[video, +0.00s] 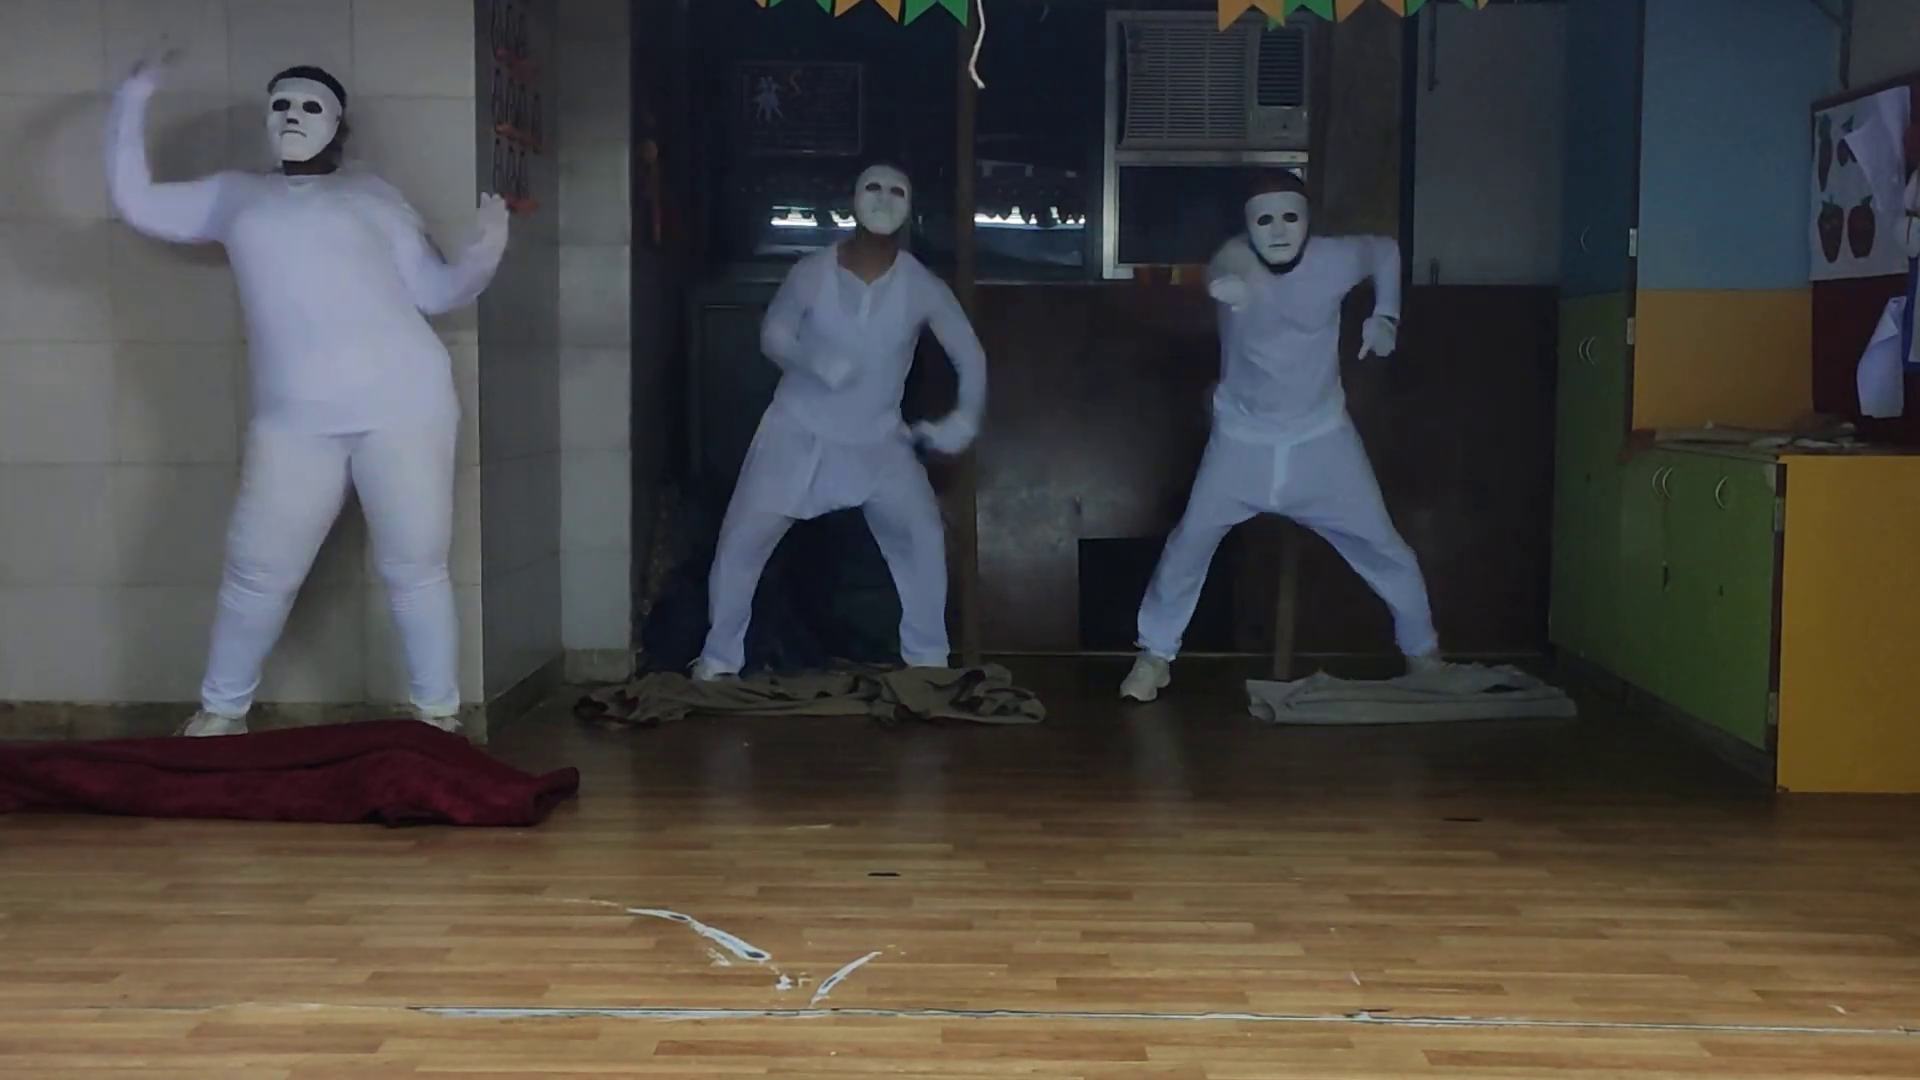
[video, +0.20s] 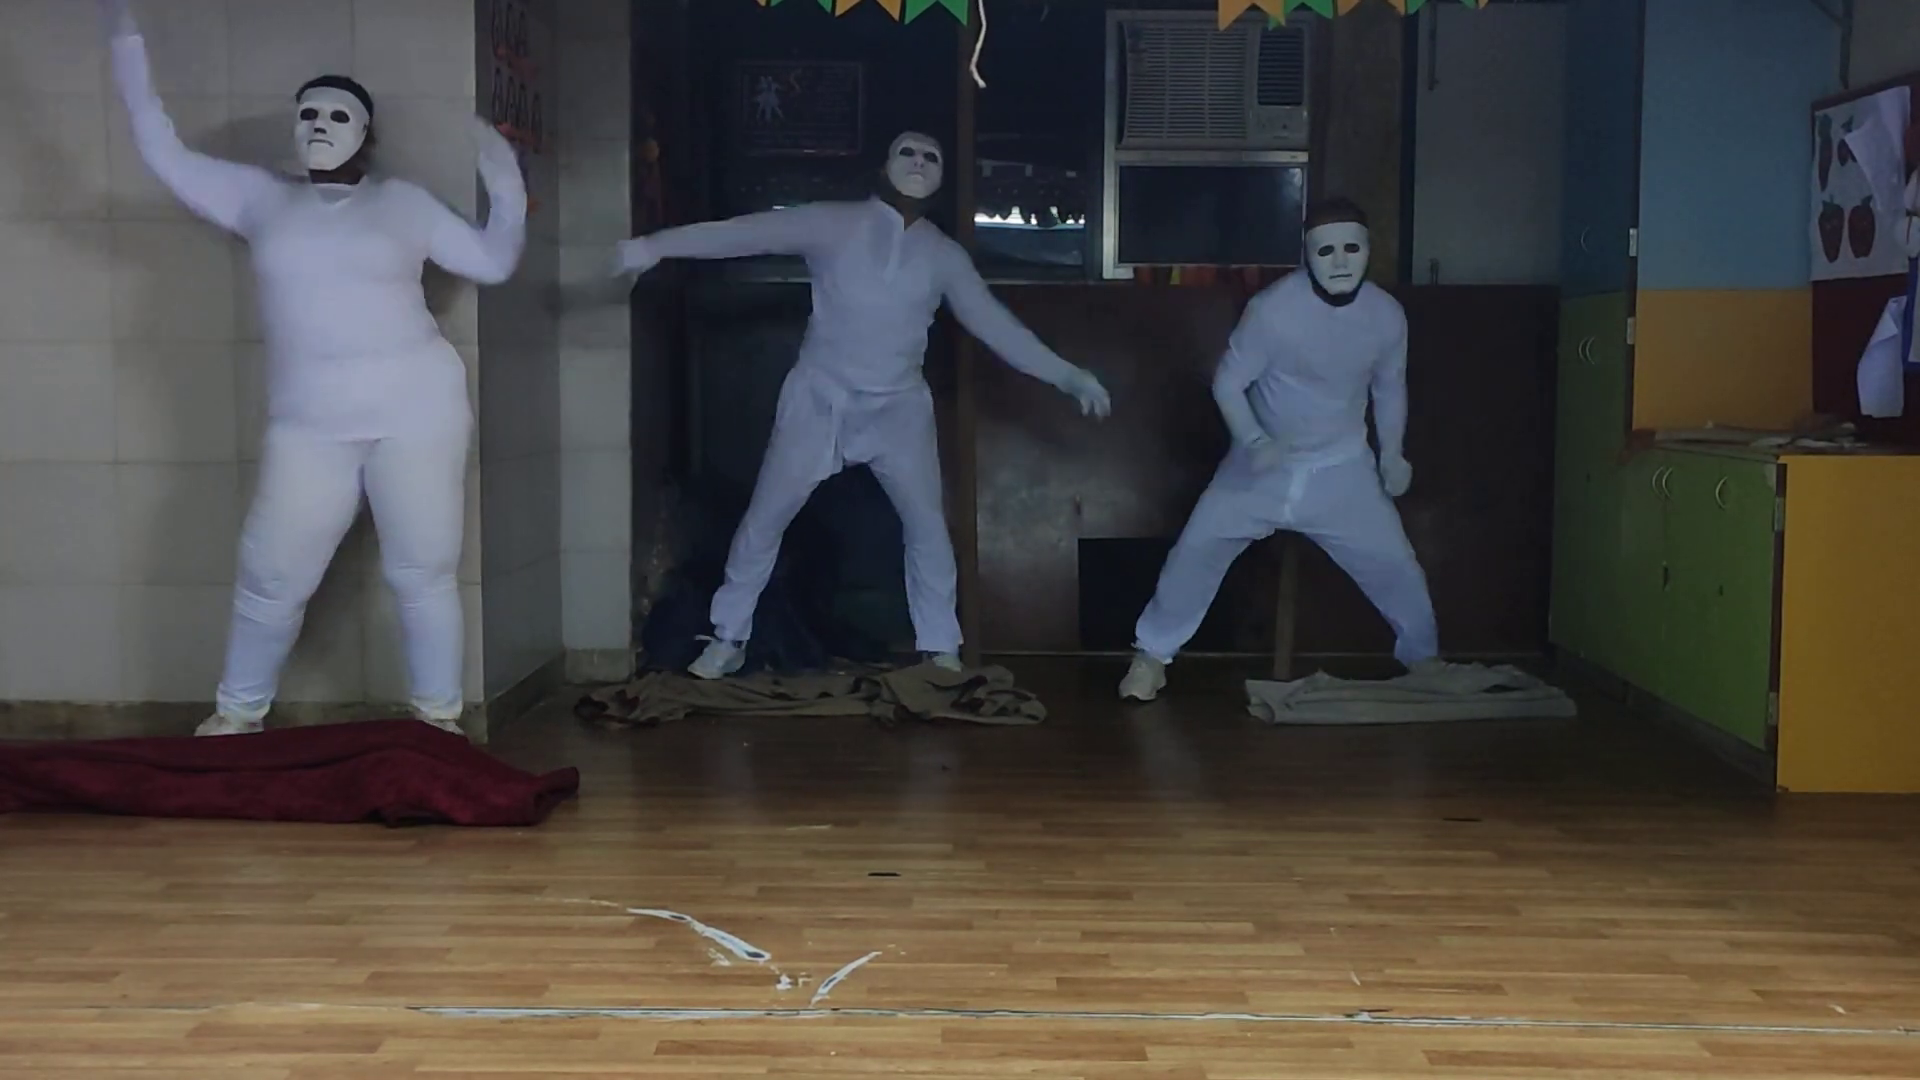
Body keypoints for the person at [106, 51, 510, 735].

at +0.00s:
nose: (292, 118)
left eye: (310, 108)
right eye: (281, 106)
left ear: (338, 123)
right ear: (266, 117)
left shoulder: (376, 199)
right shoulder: (238, 197)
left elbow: (435, 292)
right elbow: (139, 203)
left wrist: (485, 249)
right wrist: (132, 104)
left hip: (404, 408)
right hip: (296, 414)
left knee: (416, 570)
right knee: (257, 573)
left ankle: (439, 719)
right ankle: (220, 717)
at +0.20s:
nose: (322, 128)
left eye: (339, 116)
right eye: (309, 115)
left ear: (367, 130)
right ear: (295, 127)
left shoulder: (404, 206)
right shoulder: (265, 203)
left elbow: (493, 262)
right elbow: (169, 160)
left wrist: (506, 183)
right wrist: (133, 68)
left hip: (414, 414)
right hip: (308, 420)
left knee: (424, 572)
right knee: (271, 573)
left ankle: (439, 719)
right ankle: (239, 715)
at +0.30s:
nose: (323, 104)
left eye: (340, 94)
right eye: (311, 92)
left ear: (368, 109)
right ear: (295, 104)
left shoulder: (408, 177)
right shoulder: (267, 177)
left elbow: (507, 206)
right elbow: (170, 143)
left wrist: (509, 111)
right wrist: (115, 71)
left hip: (399, 402)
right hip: (293, 400)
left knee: (412, 565)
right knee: (258, 563)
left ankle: (439, 719)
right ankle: (232, 713)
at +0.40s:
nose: (317, 98)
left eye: (335, 89)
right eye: (306, 88)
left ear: (365, 105)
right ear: (294, 102)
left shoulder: (407, 173)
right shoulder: (261, 172)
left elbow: (511, 178)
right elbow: (168, 180)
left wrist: (534, 78)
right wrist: (127, 91)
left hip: (377, 394)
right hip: (270, 392)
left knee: (396, 559)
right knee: (246, 552)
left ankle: (437, 713)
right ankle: (249, 706)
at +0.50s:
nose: (311, 119)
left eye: (328, 108)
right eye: (300, 109)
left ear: (358, 125)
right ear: (287, 123)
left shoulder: (396, 195)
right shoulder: (257, 198)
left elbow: (497, 178)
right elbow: (165, 214)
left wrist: (556, 122)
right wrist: (108, 139)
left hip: (353, 414)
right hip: (249, 411)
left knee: (384, 571)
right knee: (241, 572)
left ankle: (431, 715)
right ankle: (249, 715)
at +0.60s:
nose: (303, 137)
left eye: (320, 127)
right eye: (292, 127)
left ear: (350, 146)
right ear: (278, 142)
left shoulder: (392, 217)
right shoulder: (244, 213)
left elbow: (489, 224)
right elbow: (157, 223)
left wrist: (521, 181)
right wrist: (79, 183)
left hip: (345, 437)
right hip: (234, 432)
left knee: (375, 583)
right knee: (232, 581)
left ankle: (428, 718)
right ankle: (248, 717)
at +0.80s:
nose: (307, 106)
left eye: (324, 95)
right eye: (294, 93)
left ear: (349, 109)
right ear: (277, 104)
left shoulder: (381, 193)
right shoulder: (243, 185)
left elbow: (453, 270)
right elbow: (156, 229)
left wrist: (532, 197)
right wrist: (57, 185)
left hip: (367, 401)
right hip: (257, 401)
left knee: (398, 559)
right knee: (250, 561)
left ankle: (432, 711)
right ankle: (246, 713)